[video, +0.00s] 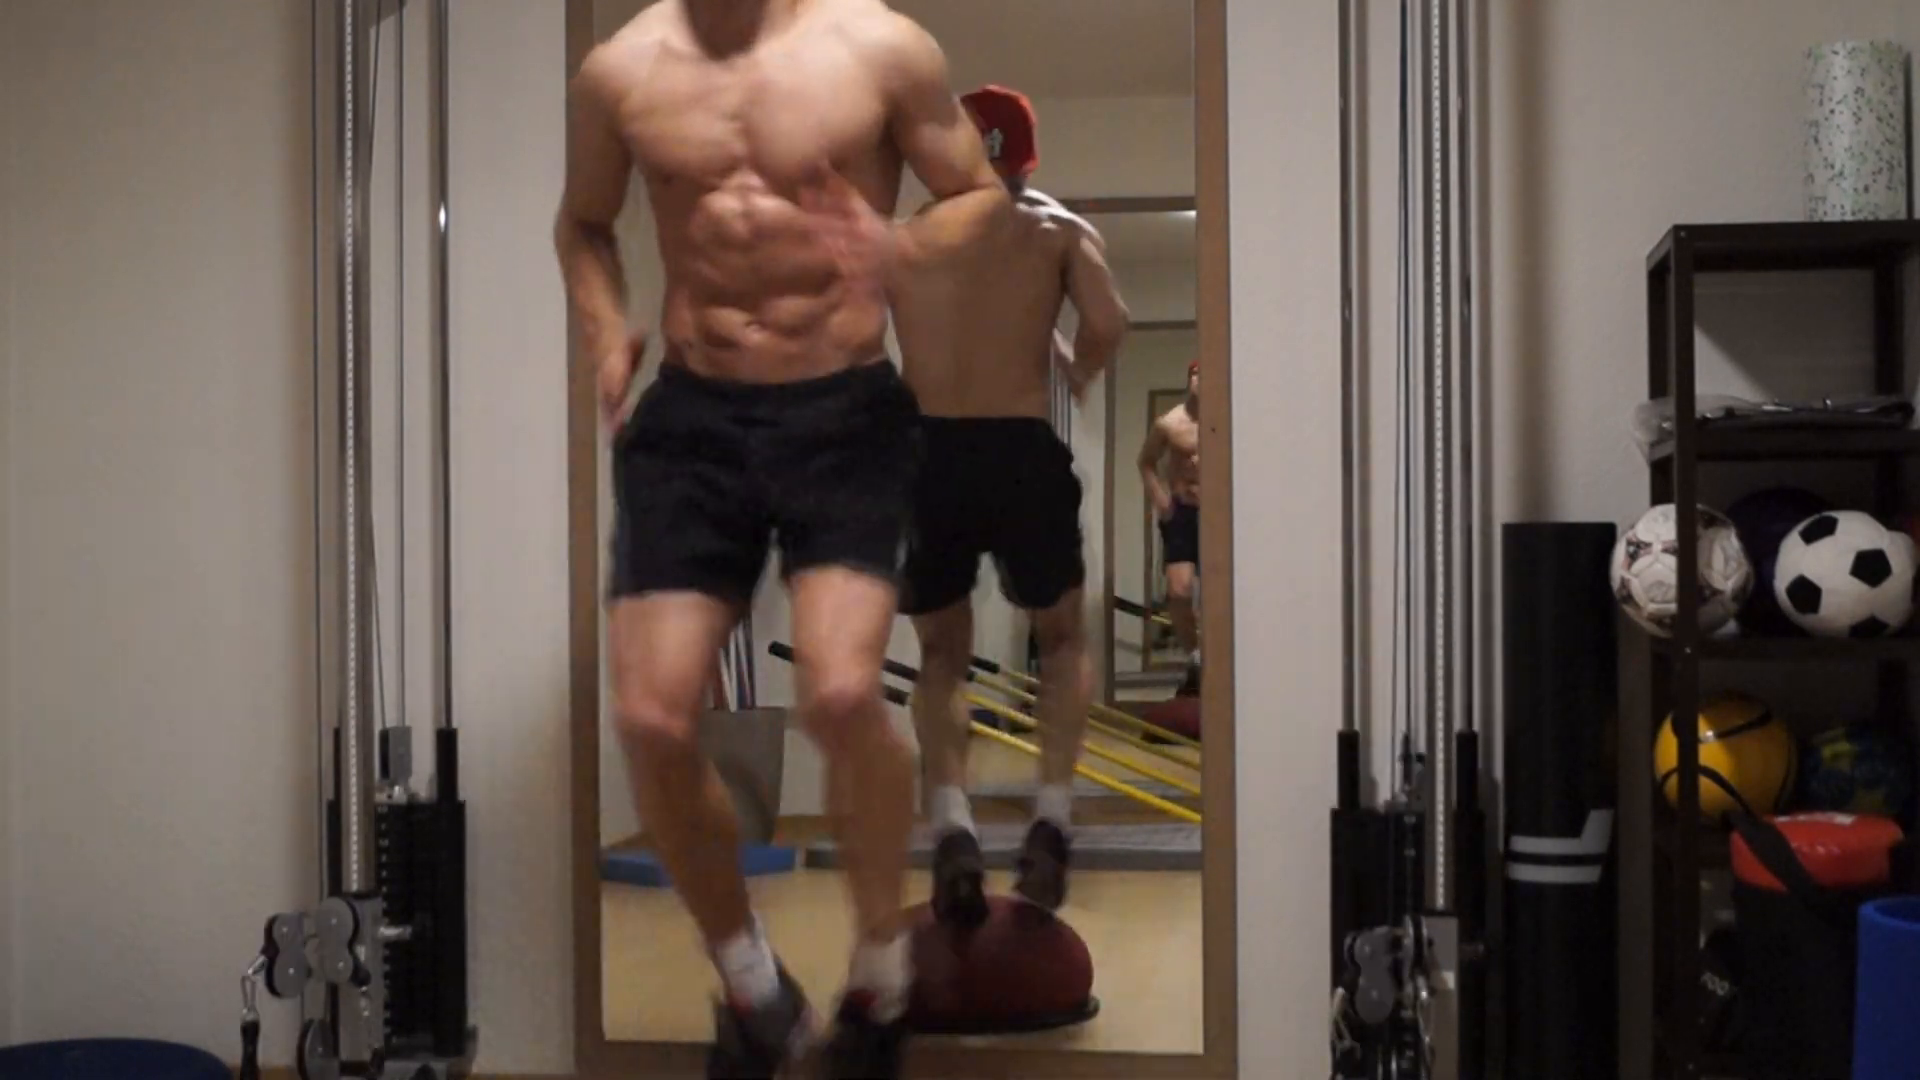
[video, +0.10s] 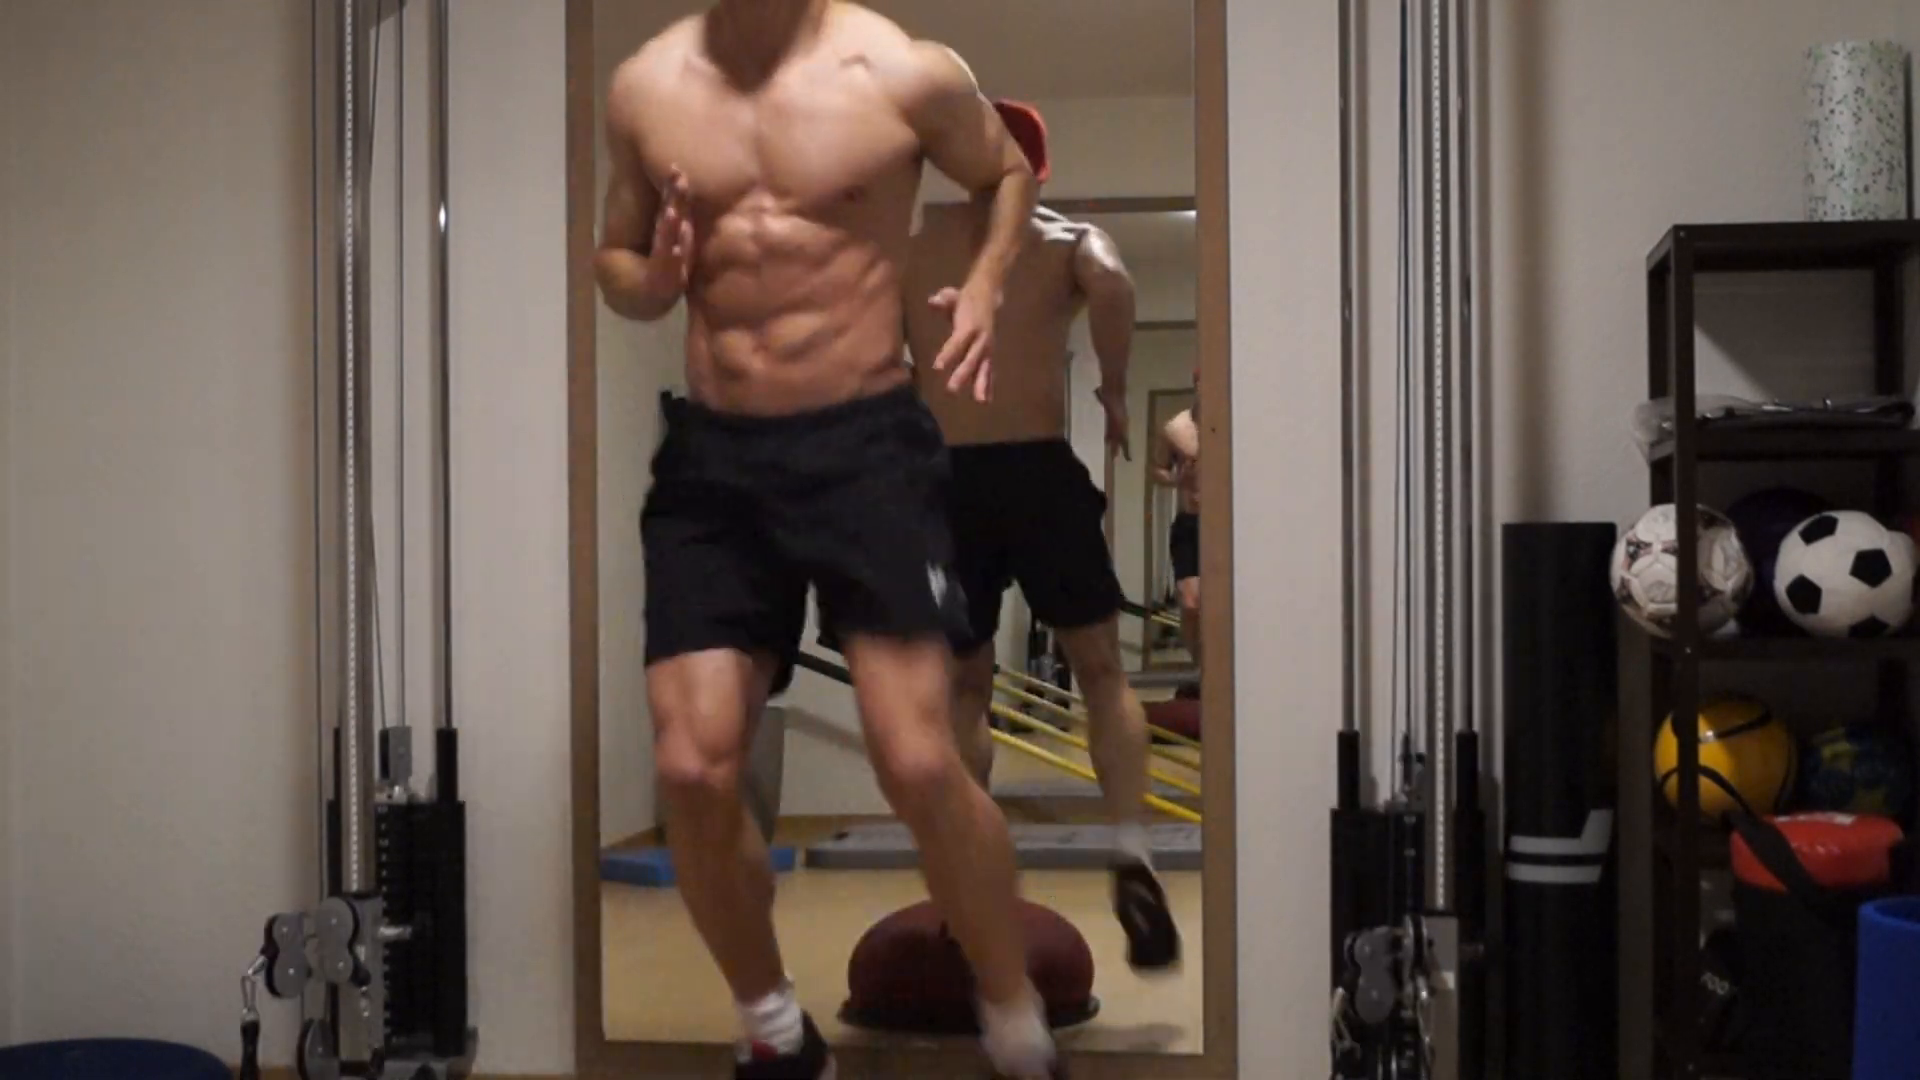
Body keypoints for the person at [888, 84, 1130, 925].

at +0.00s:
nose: (1028, 174)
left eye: (972, 154)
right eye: (1029, 162)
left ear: (958, 158)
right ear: (1029, 162)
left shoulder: (908, 237)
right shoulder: (1060, 231)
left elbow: (881, 330)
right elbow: (1106, 324)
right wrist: (1077, 373)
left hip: (931, 460)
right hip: (1027, 462)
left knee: (941, 654)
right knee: (1060, 640)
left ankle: (950, 825)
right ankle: (1053, 816)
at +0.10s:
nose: (1016, 175)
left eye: (1006, 156)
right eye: (1022, 159)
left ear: (962, 167)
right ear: (1038, 169)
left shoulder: (913, 242)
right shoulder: (1067, 237)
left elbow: (865, 328)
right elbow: (1112, 286)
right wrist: (1114, 395)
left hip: (946, 482)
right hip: (1043, 478)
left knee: (963, 691)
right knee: (1103, 677)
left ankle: (957, 873)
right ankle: (1132, 850)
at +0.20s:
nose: (1016, 196)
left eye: (999, 180)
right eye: (1030, 183)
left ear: (980, 192)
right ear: (1050, 196)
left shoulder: (934, 268)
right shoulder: (1087, 275)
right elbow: (1134, 372)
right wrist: (1114, 444)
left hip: (951, 517)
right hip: (1059, 514)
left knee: (945, 748)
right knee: (1120, 739)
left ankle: (958, 938)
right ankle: (1158, 937)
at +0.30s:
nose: (1039, 253)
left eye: (1019, 241)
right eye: (1045, 239)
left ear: (986, 242)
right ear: (1058, 242)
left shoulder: (949, 316)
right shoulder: (1096, 324)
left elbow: (904, 429)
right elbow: (1148, 449)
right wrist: (1082, 423)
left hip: (961, 549)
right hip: (1068, 551)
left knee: (943, 770)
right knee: (1119, 765)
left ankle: (953, 951)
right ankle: (1161, 964)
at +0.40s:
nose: (1021, 223)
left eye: (1002, 205)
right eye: (1031, 209)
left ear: (968, 205)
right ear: (1039, 211)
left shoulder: (925, 278)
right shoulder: (1069, 287)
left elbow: (869, 371)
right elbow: (1126, 395)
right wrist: (1077, 431)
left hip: (942, 504)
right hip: (1041, 506)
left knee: (947, 709)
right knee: (1096, 706)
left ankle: (959, 895)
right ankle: (1130, 876)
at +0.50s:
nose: (1006, 195)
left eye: (973, 182)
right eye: (1012, 186)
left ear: (949, 185)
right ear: (1018, 191)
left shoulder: (896, 264)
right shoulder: (1052, 262)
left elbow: (839, 341)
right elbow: (1091, 325)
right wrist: (1088, 420)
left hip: (912, 480)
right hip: (1010, 479)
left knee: (902, 650)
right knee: (1046, 646)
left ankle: (915, 794)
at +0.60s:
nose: (977, 204)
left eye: (952, 190)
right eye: (988, 190)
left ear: (932, 190)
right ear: (1005, 192)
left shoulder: (892, 262)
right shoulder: (1036, 269)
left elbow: (830, 319)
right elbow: (1077, 371)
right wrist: (1051, 397)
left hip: (897, 482)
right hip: (993, 493)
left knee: (867, 654)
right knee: (1004, 680)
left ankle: (847, 808)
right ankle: (958, 861)